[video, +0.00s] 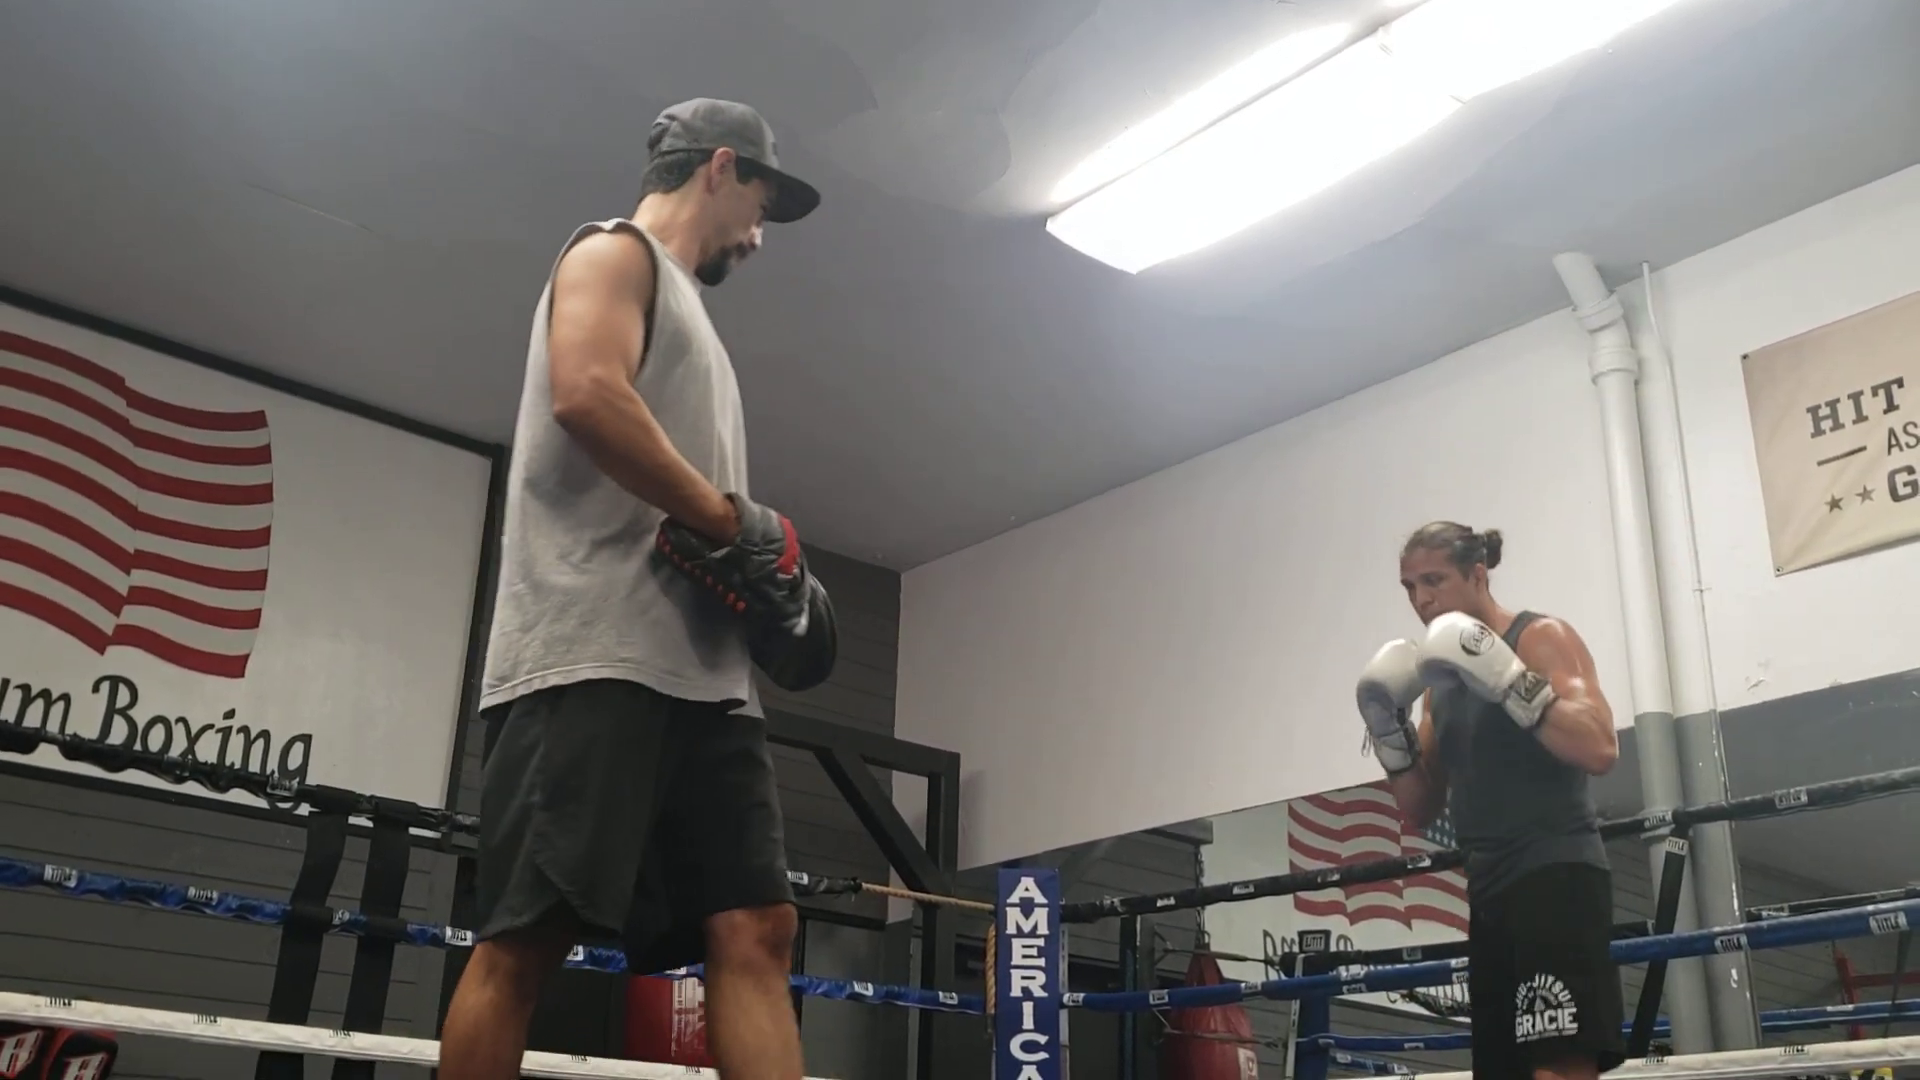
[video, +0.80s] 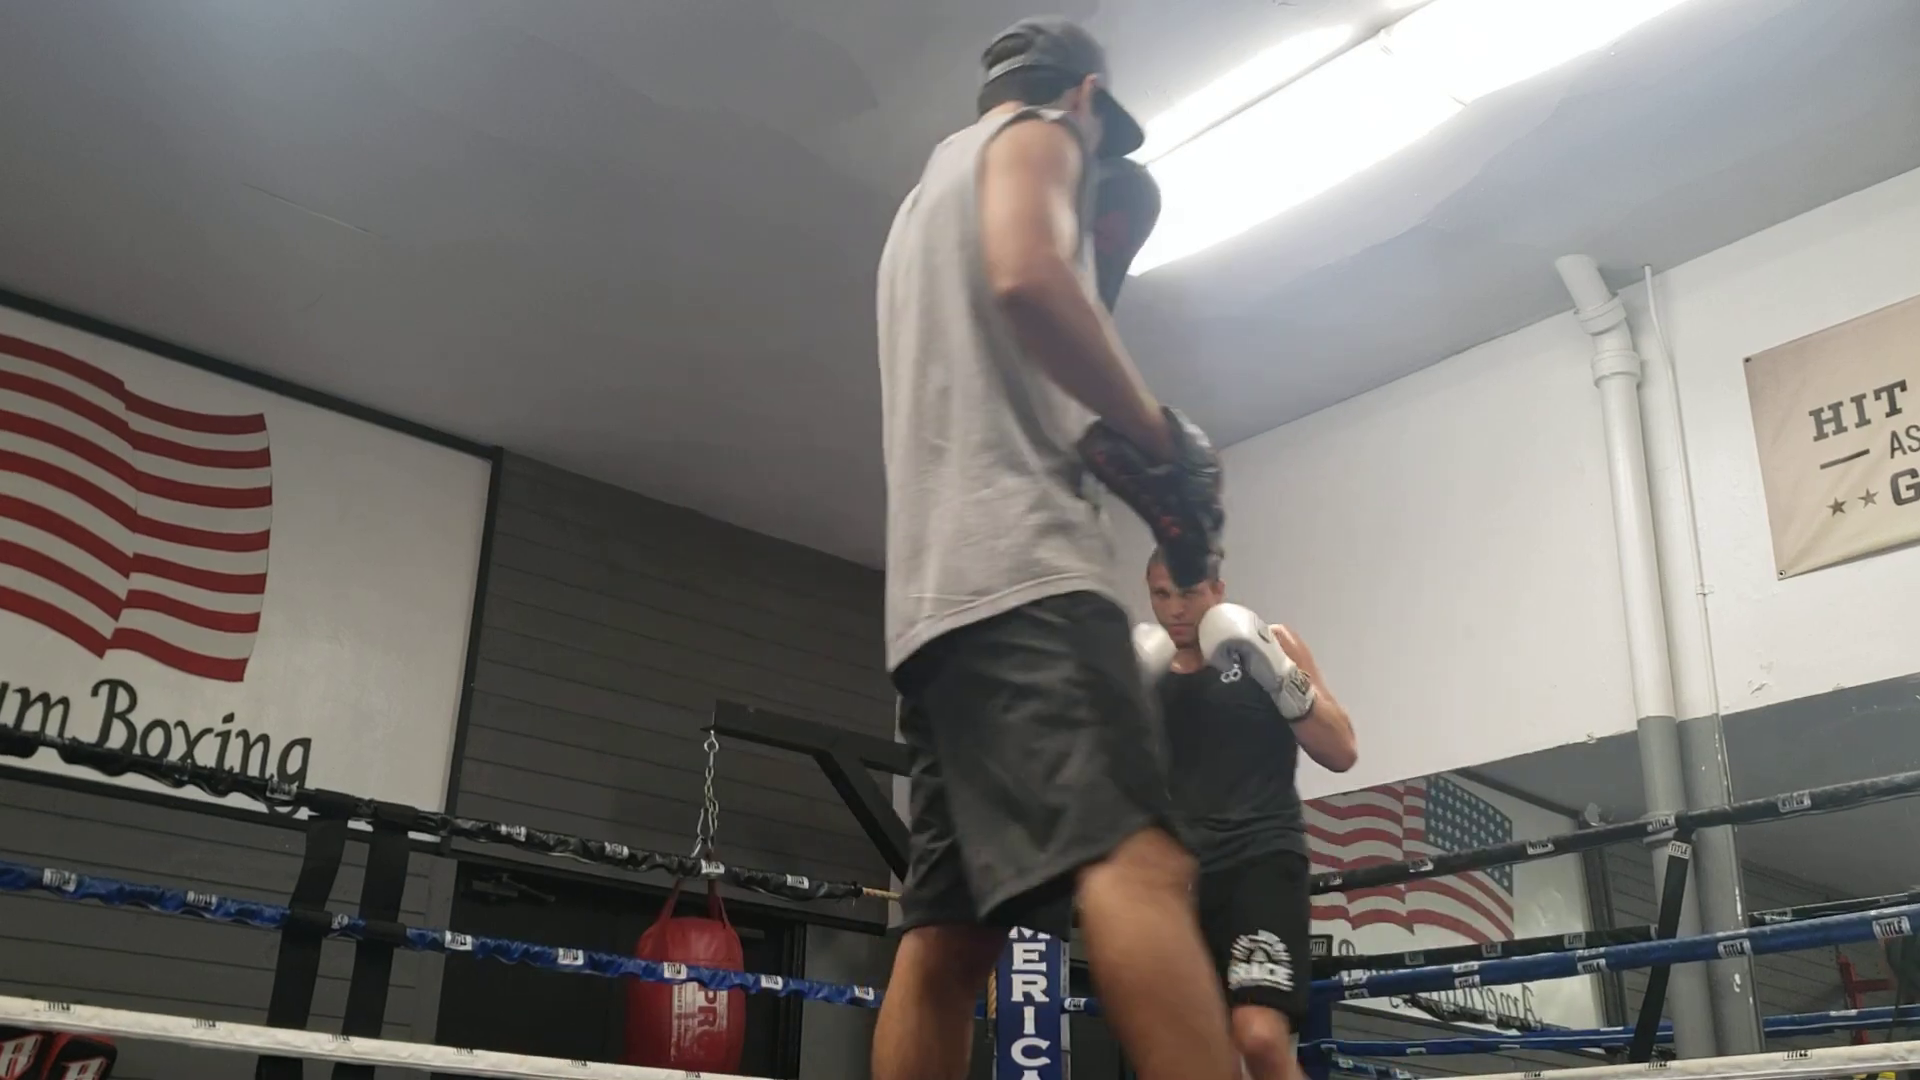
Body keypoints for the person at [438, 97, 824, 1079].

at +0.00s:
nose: (763, 235)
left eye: (771, 214)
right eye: (764, 200)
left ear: (701, 177)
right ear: (716, 170)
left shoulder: (690, 319)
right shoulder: (612, 253)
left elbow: (677, 489)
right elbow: (586, 394)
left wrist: (757, 567)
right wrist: (732, 521)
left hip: (700, 675)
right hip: (589, 657)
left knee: (756, 930)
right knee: (520, 942)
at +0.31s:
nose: (888, 231)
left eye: (895, 211)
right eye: (892, 198)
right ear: (858, 161)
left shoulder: (823, 318)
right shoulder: (748, 210)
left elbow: (818, 479)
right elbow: (717, 336)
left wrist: (913, 554)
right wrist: (862, 483)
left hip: (847, 658)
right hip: (727, 630)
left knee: (885, 938)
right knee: (636, 936)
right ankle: (520, 1075)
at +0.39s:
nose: (928, 218)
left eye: (936, 199)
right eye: (932, 188)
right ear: (897, 154)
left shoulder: (863, 301)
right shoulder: (793, 196)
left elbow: (864, 458)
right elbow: (771, 323)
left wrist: (969, 523)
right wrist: (925, 459)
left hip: (890, 642)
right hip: (784, 615)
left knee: (913, 940)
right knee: (751, 916)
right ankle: (576, 1073)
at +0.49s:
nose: (973, 195)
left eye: (981, 178)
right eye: (974, 166)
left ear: (914, 140)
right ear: (939, 135)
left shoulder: (910, 277)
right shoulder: (841, 181)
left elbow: (902, 442)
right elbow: (826, 307)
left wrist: (1003, 487)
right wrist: (989, 434)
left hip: (931, 610)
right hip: (852, 588)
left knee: (936, 926)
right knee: (891, 883)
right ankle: (679, 1069)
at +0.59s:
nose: (1014, 173)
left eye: (1021, 156)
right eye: (1017, 146)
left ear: (941, 114)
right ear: (987, 114)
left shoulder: (944, 249)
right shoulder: (898, 159)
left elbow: (932, 425)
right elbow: (878, 290)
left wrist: (1031, 468)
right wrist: (1033, 413)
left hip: (937, 575)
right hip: (907, 563)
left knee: (952, 874)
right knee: (1010, 845)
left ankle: (905, 1063)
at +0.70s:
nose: (1058, 156)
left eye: (1062, 139)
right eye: (1057, 129)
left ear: (968, 103)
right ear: (1026, 103)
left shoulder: (914, 188)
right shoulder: (966, 148)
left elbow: (956, 417)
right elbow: (945, 282)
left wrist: (1068, 467)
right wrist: (1096, 420)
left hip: (917, 586)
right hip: (969, 574)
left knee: (934, 933)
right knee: (1067, 863)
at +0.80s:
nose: (1100, 144)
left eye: (1104, 138)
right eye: (1103, 124)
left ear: (988, 94)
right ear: (1079, 93)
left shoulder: (917, 216)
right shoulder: (1031, 129)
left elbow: (976, 401)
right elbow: (1027, 274)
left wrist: (1119, 468)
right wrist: (1157, 437)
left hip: (931, 593)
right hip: (1023, 571)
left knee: (942, 937)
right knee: (1136, 868)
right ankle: (1212, 1072)